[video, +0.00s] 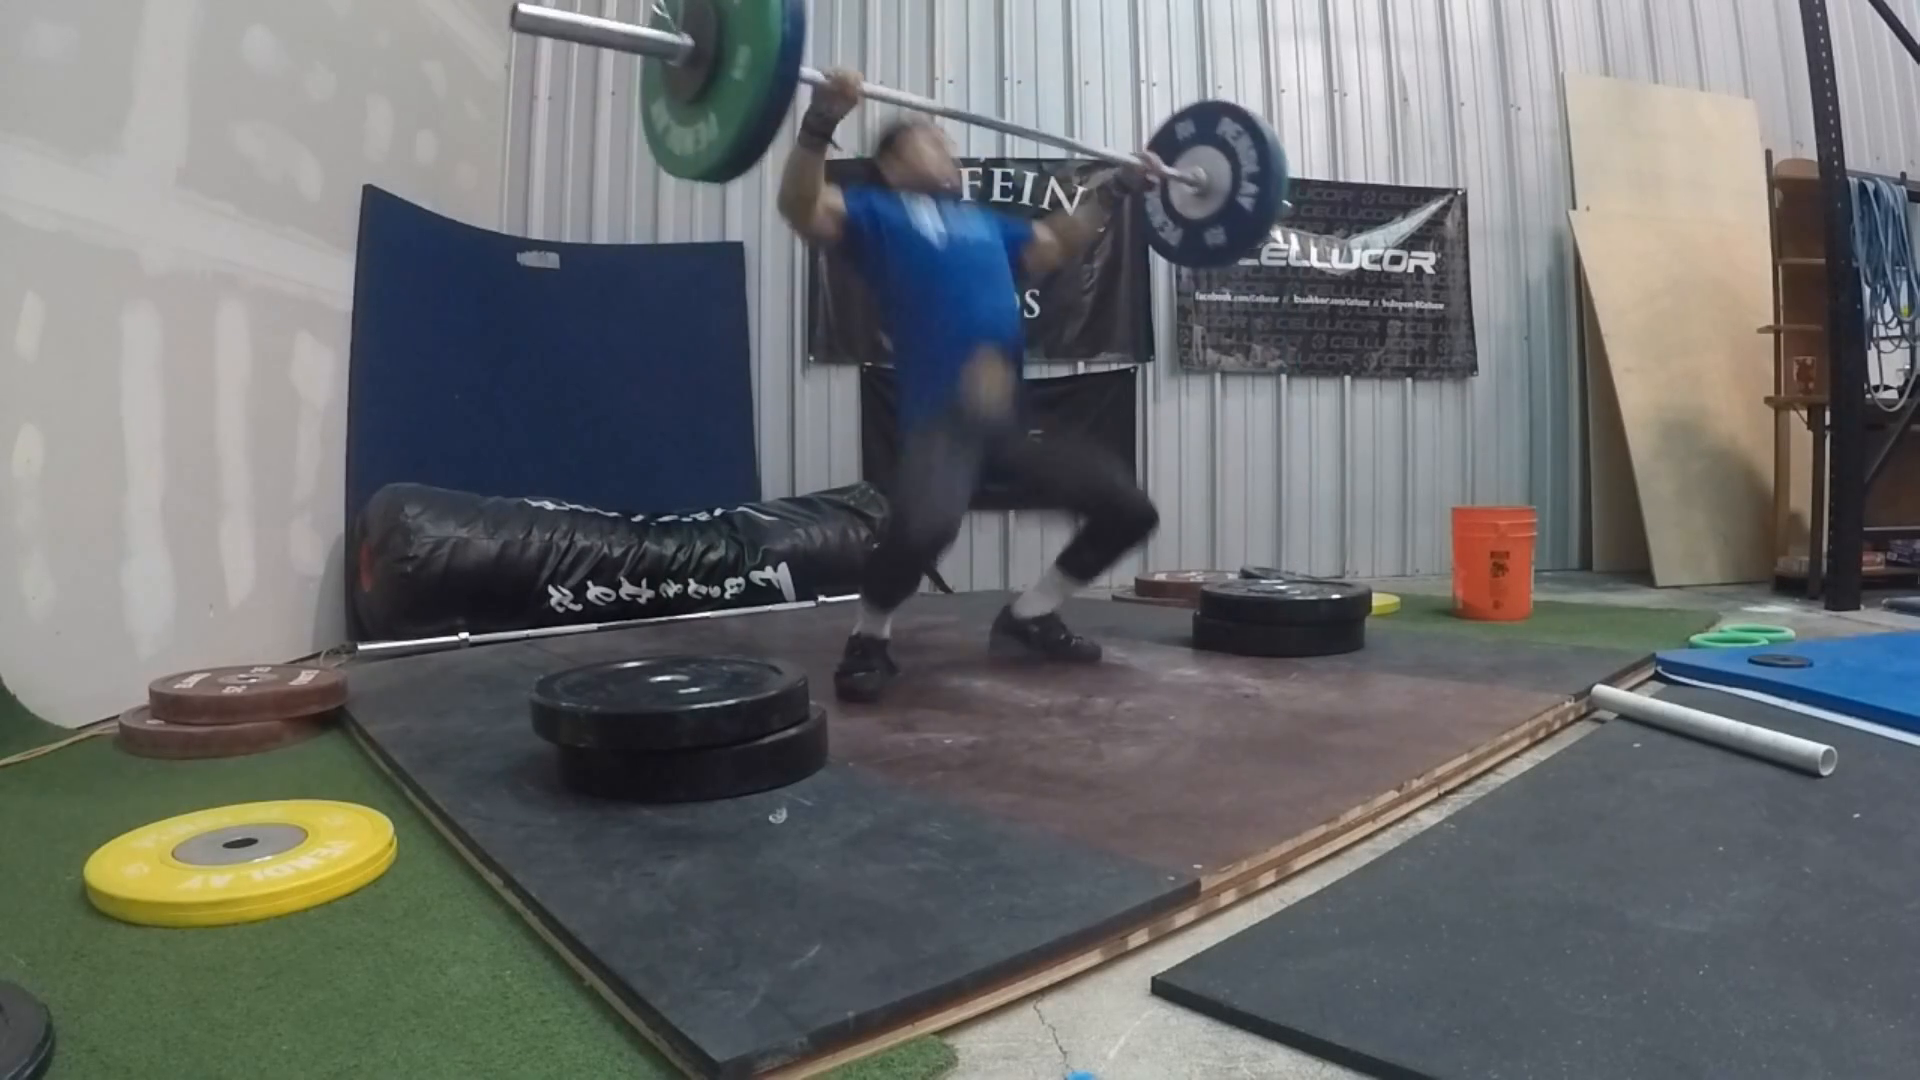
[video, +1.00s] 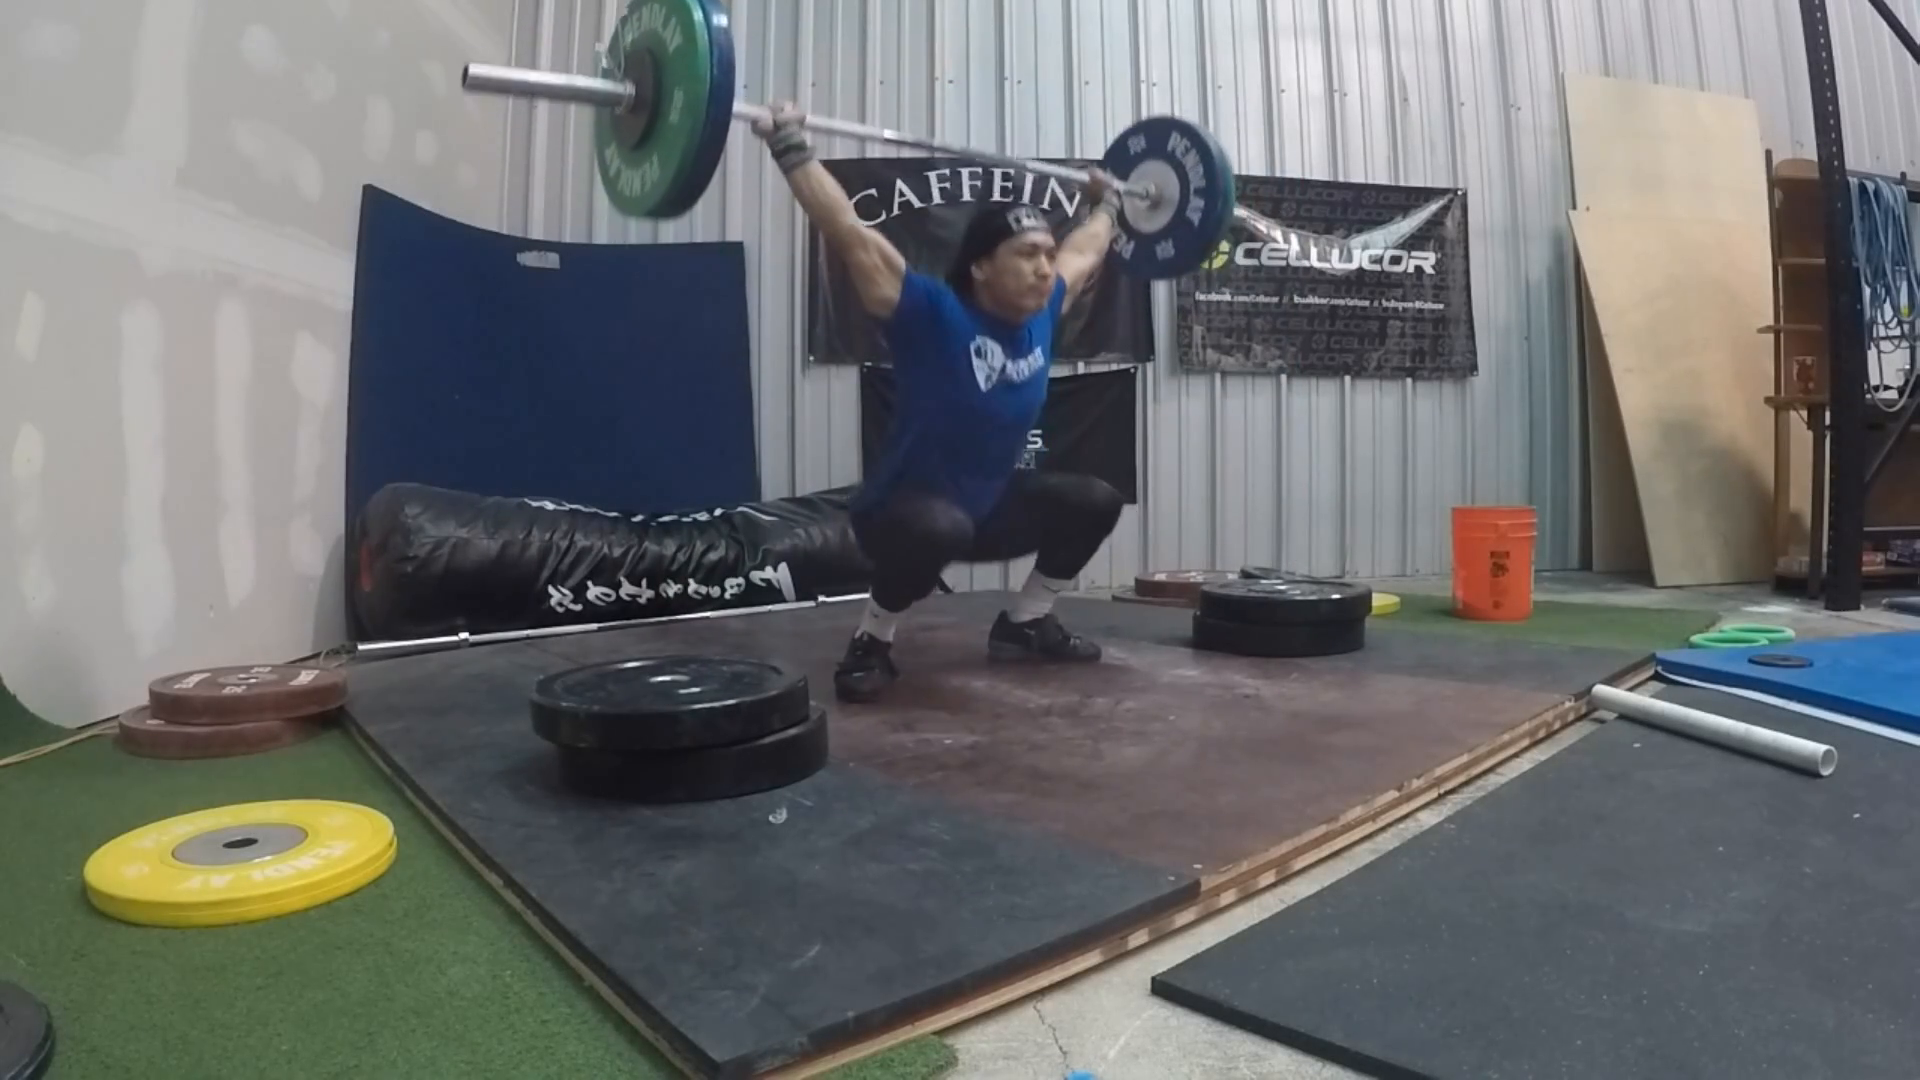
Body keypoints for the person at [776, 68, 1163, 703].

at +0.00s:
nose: (951, 152)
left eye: (948, 143)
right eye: (932, 142)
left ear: (949, 161)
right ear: (894, 161)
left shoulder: (984, 223)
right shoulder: (877, 211)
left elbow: (1049, 249)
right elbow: (799, 206)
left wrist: (1113, 190)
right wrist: (820, 123)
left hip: (1009, 427)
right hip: (937, 430)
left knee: (1129, 512)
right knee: (924, 528)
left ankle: (1030, 613)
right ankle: (869, 638)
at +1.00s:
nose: (1045, 269)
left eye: (1048, 257)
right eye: (1029, 255)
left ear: (1052, 268)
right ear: (980, 270)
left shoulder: (1039, 312)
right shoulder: (927, 312)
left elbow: (1079, 258)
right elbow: (855, 240)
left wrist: (1107, 208)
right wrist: (793, 153)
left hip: (990, 506)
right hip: (905, 506)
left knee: (1094, 501)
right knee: (939, 526)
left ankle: (1025, 619)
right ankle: (872, 639)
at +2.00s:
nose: (1005, 14)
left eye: (1011, 5)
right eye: (989, 1)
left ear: (1012, 16)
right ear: (945, 10)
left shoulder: (1012, 77)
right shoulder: (905, 61)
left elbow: (1056, 37)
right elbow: (839, 7)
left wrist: (1095, 8)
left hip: (982, 318)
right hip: (901, 314)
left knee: (995, 465)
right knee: (890, 468)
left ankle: (991, 623)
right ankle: (864, 636)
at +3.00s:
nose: (814, 107)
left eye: (822, 99)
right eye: (803, 95)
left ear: (826, 106)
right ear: (768, 93)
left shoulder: (835, 179)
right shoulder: (729, 149)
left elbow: (879, 252)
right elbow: (670, 213)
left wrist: (946, 278)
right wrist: (682, 252)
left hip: (810, 342)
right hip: (741, 339)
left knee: (875, 440)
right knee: (760, 452)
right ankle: (745, 608)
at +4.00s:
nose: (776, 168)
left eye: (784, 159)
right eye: (766, 156)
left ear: (789, 162)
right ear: (733, 152)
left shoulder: (787, 223)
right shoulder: (683, 208)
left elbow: (782, 298)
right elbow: (636, 278)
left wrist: (780, 371)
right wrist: (613, 350)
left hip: (733, 364)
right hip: (674, 355)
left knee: (723, 469)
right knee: (705, 455)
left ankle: (701, 589)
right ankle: (680, 586)